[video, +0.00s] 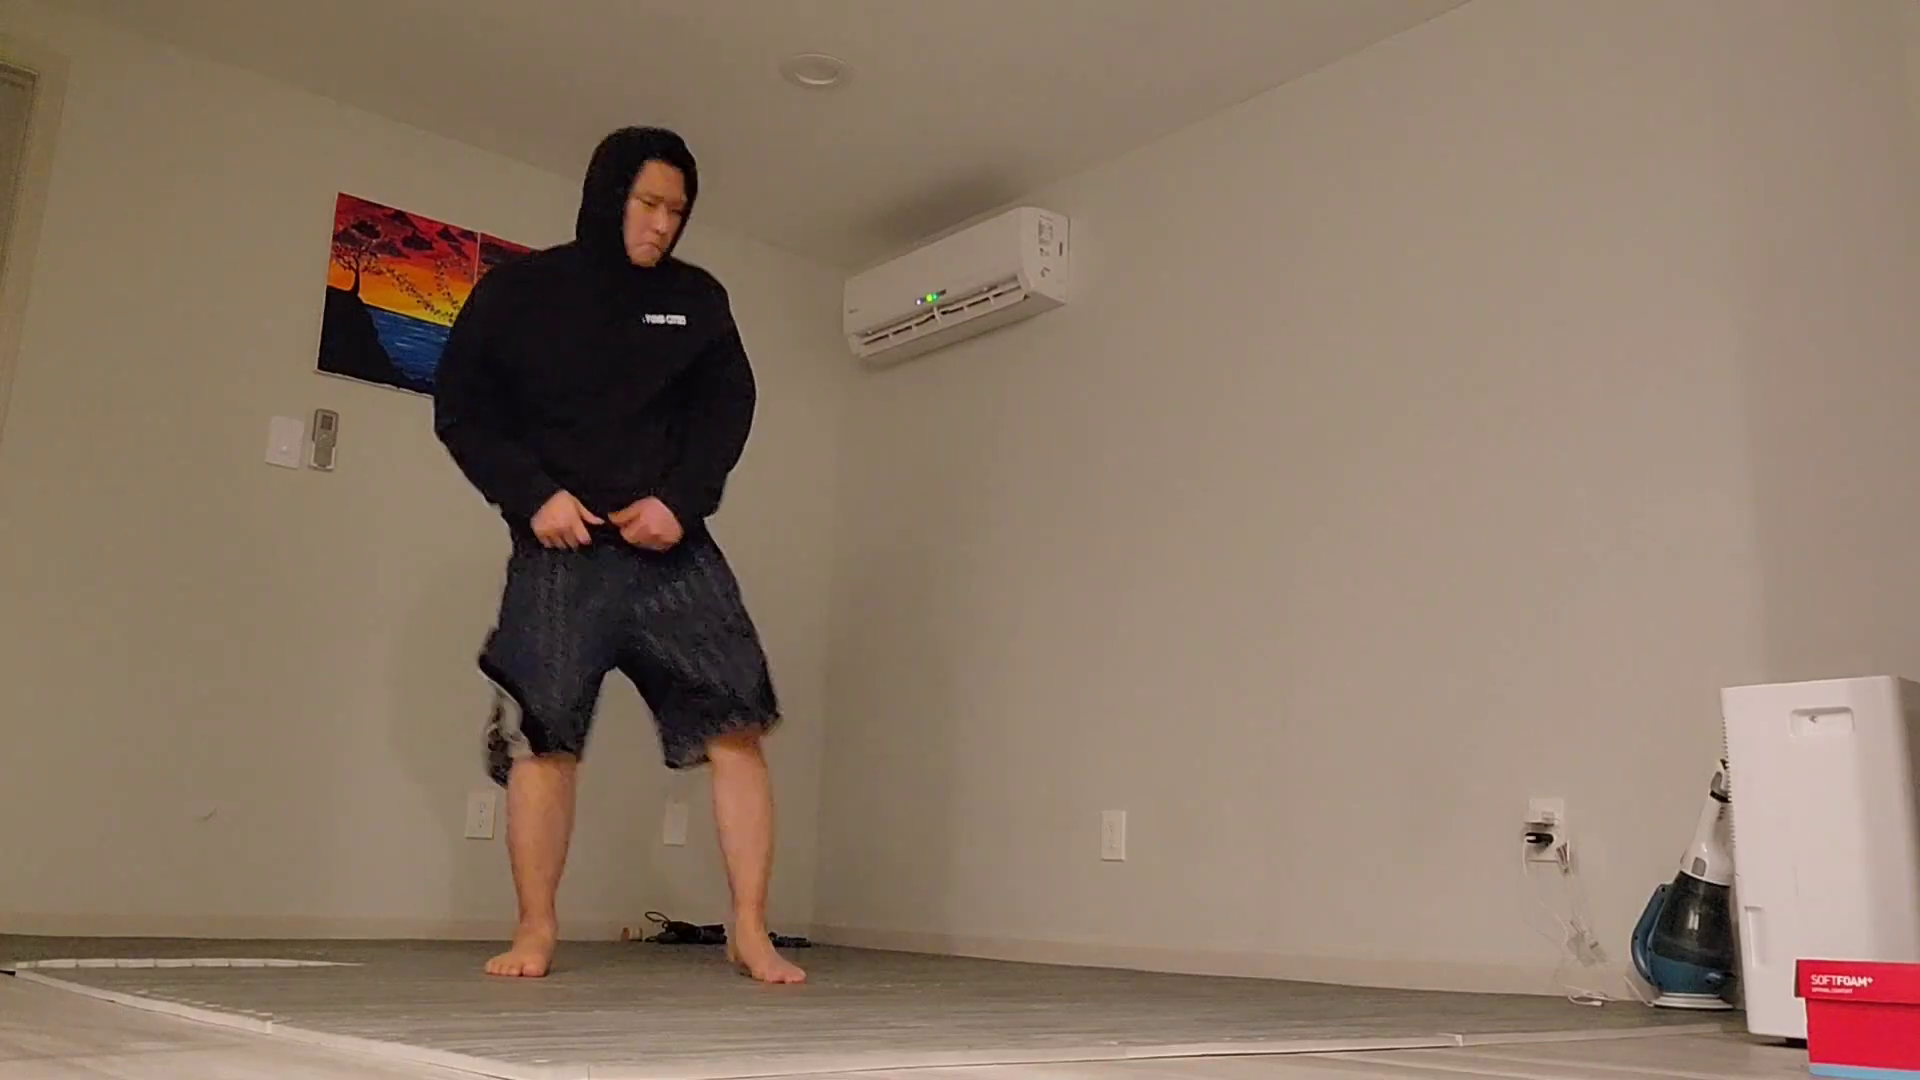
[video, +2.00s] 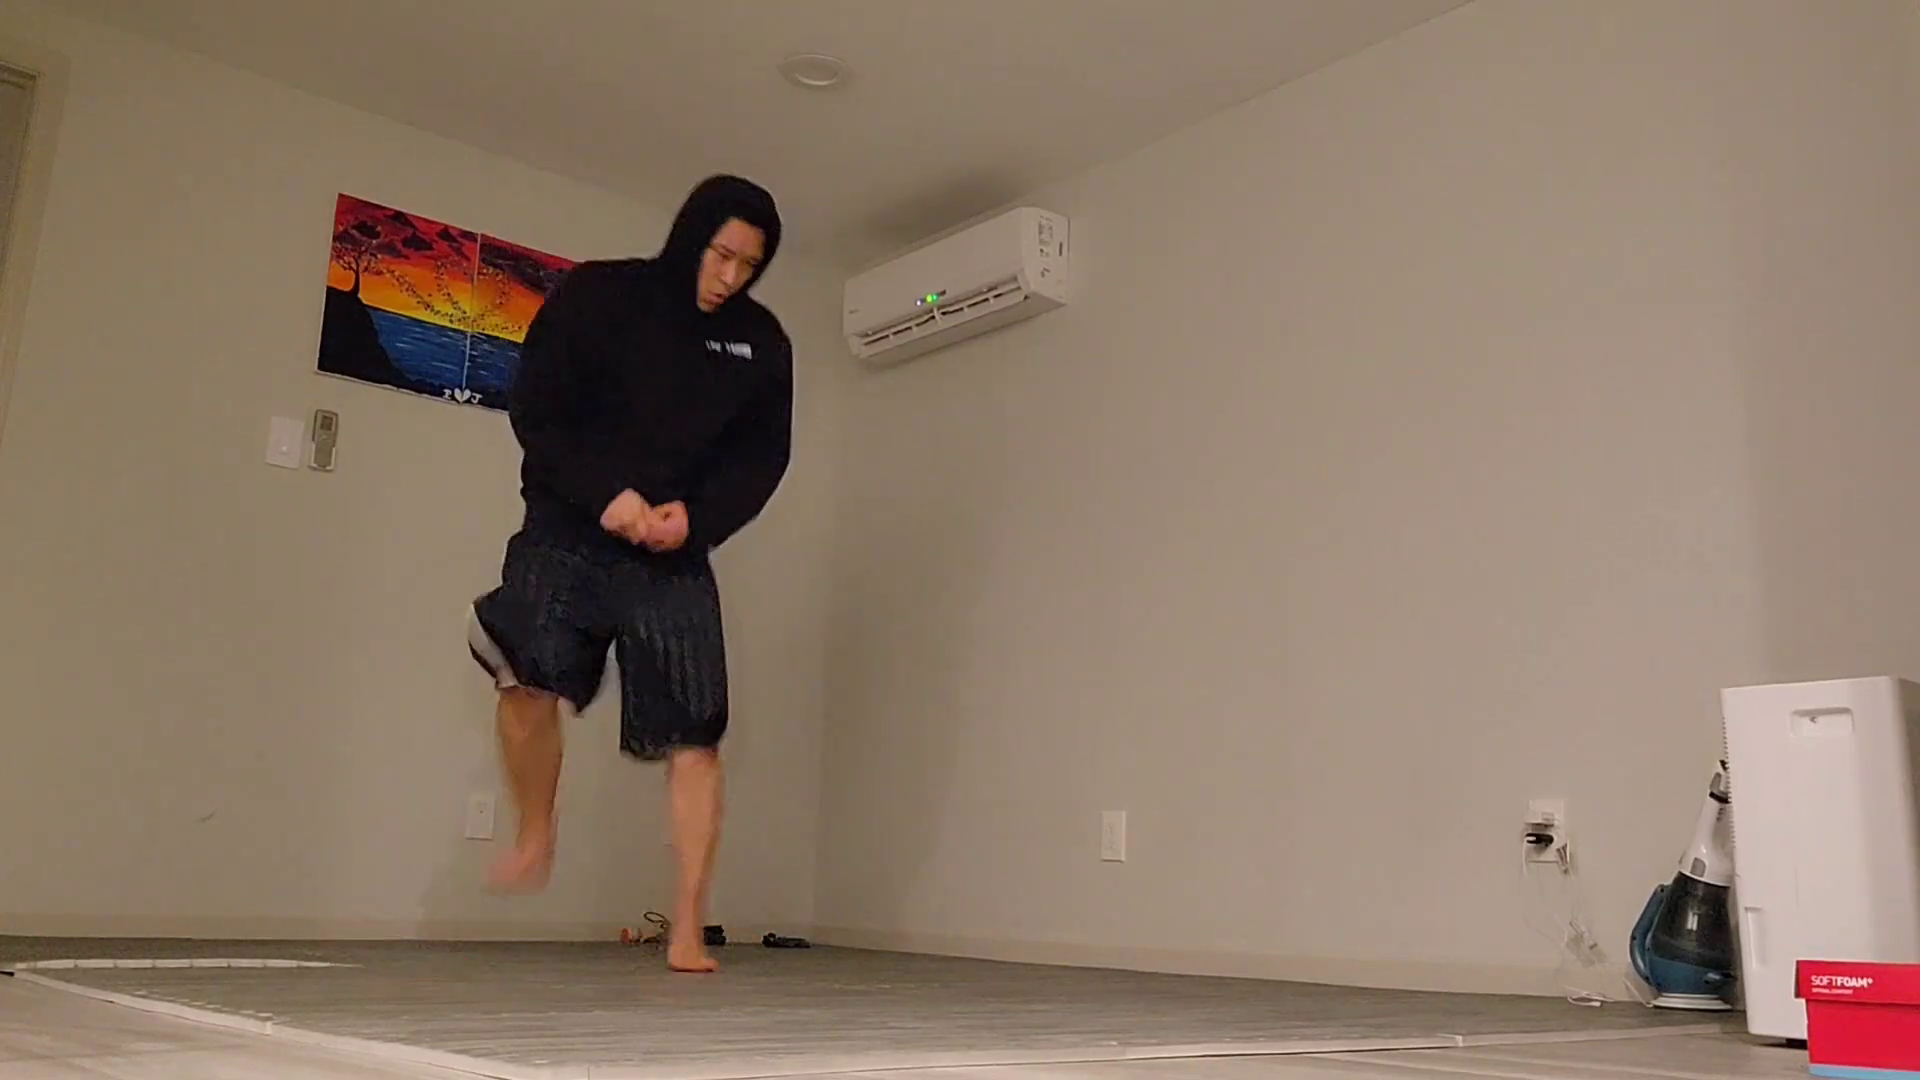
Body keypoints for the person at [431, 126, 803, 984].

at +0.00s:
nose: (665, 223)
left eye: (677, 208)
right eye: (651, 202)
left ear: (686, 215)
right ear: (604, 196)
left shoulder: (696, 299)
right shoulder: (517, 290)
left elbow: (729, 405)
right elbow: (458, 410)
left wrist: (681, 499)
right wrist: (533, 495)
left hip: (675, 549)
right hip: (561, 548)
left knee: (736, 728)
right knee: (545, 740)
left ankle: (750, 930)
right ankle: (534, 930)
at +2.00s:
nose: (730, 275)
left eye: (747, 263)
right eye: (721, 254)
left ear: (759, 266)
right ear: (687, 239)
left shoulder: (760, 341)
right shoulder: (596, 294)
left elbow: (764, 456)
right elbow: (535, 411)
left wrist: (697, 518)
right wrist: (606, 495)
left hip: (677, 551)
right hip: (569, 532)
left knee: (697, 734)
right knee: (527, 681)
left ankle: (688, 925)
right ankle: (533, 833)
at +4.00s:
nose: (668, 337)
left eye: (672, 329)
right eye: (661, 321)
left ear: (647, 332)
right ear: (617, 308)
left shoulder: (633, 398)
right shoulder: (531, 351)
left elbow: (610, 498)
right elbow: (559, 409)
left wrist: (598, 581)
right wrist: (637, 346)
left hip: (572, 592)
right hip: (492, 575)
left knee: (579, 749)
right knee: (512, 730)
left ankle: (509, 887)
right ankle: (444, 912)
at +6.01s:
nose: (500, 307)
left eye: (514, 292)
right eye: (487, 291)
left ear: (546, 271)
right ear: (479, 281)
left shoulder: (615, 319)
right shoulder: (473, 338)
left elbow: (712, 380)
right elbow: (461, 413)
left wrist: (759, 481)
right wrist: (491, 307)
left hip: (600, 560)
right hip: (511, 567)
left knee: (555, 720)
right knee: (486, 737)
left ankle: (529, 914)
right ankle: (553, 901)